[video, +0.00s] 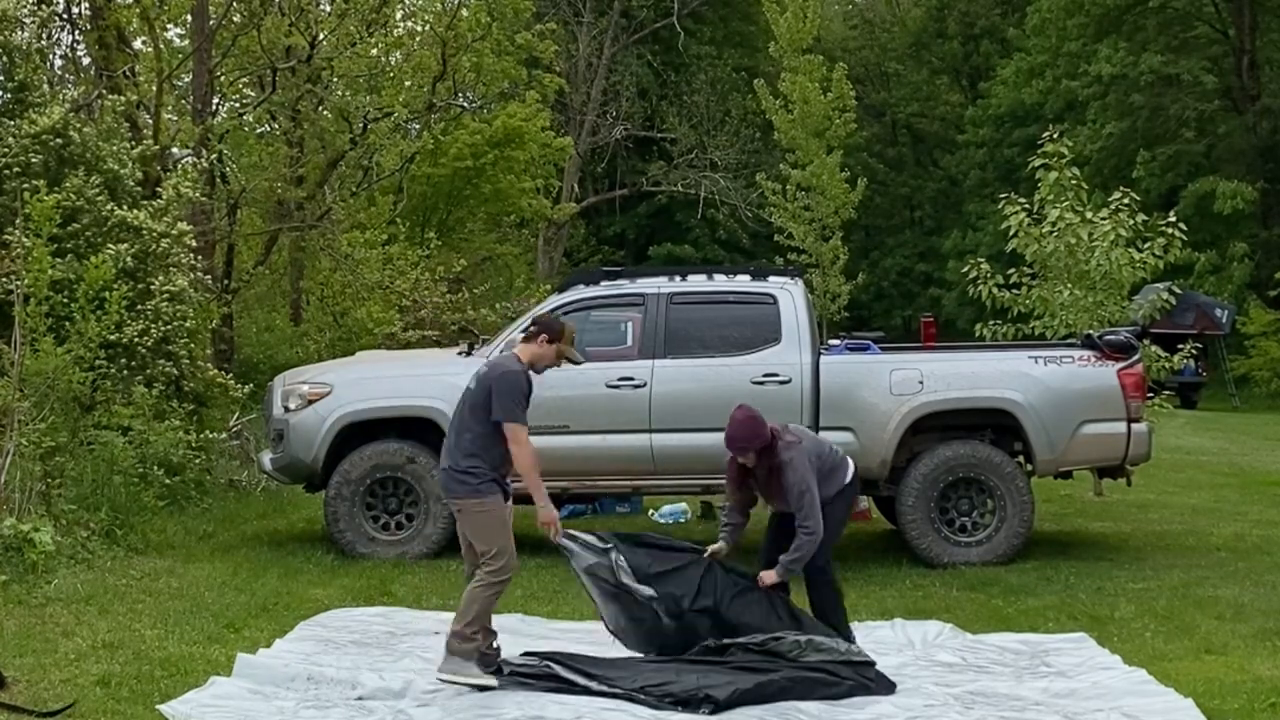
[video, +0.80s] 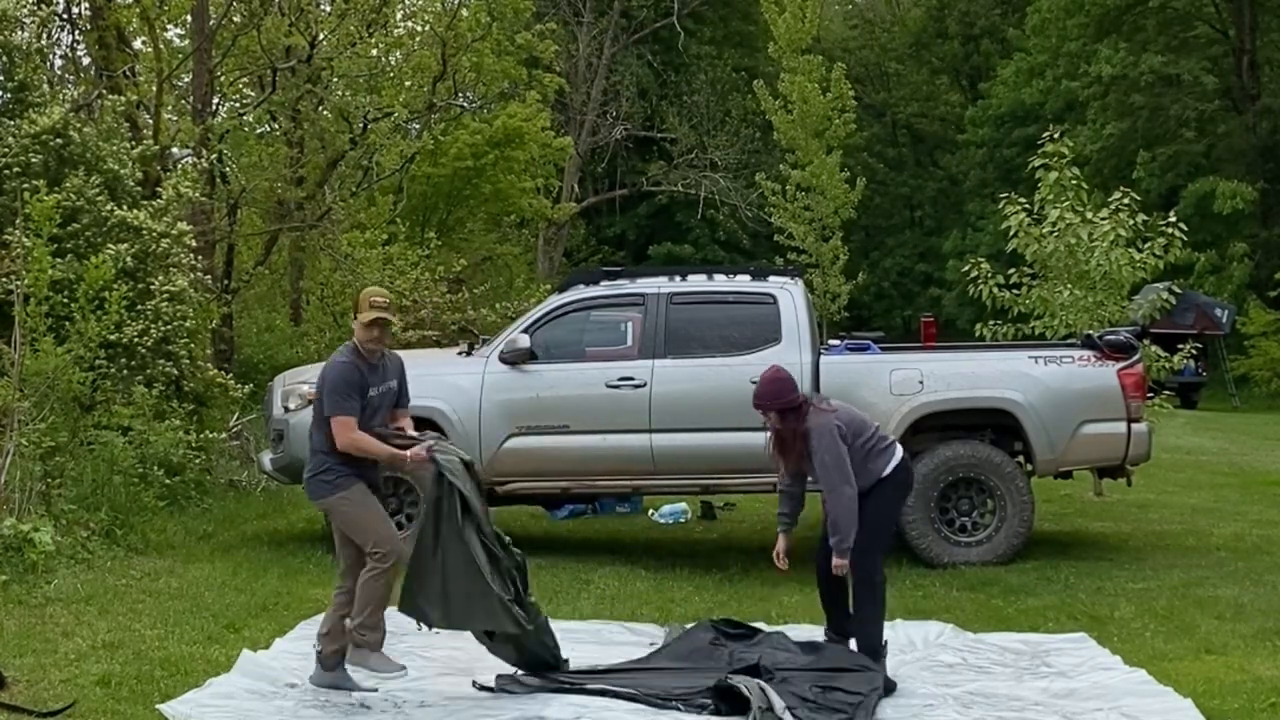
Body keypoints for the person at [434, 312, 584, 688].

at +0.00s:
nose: (556, 363)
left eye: (560, 358)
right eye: (558, 355)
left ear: (539, 340)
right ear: (542, 342)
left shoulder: (504, 368)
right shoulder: (511, 373)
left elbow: (509, 441)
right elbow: (518, 442)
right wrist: (544, 503)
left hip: (469, 481)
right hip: (475, 483)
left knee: (479, 568)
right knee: (499, 564)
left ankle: (482, 654)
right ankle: (459, 657)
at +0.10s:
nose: (582, 424)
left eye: (587, 418)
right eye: (585, 415)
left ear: (568, 397)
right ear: (570, 399)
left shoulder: (530, 414)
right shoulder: (535, 424)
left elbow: (511, 493)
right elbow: (520, 500)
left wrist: (514, 553)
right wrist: (519, 566)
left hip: (459, 488)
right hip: (453, 490)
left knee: (490, 574)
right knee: (488, 577)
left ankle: (483, 664)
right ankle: (471, 674)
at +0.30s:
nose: (593, 508)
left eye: (597, 503)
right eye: (595, 500)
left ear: (579, 484)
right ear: (581, 485)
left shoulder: (551, 506)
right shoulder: (535, 490)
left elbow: (548, 576)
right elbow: (502, 555)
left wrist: (554, 641)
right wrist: (503, 613)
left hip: (466, 515)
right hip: (433, 510)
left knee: (513, 576)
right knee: (482, 583)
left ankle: (490, 668)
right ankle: (465, 682)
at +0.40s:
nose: (585, 436)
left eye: (587, 429)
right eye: (585, 427)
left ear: (565, 417)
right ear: (567, 418)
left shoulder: (539, 453)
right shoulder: (529, 431)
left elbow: (535, 523)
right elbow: (508, 467)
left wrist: (548, 584)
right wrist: (556, 501)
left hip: (461, 506)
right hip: (436, 503)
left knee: (498, 577)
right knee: (480, 584)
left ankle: (490, 668)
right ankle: (466, 681)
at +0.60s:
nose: (509, 345)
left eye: (508, 338)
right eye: (504, 338)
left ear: (477, 337)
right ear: (483, 337)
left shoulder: (450, 368)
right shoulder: (475, 379)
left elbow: (448, 429)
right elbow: (500, 451)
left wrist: (481, 459)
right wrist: (550, 485)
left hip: (409, 484)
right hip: (429, 492)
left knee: (433, 573)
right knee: (464, 586)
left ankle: (370, 633)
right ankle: (466, 683)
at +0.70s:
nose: (441, 343)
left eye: (442, 336)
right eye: (436, 336)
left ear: (413, 336)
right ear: (411, 336)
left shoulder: (399, 371)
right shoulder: (407, 383)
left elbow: (423, 435)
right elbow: (412, 460)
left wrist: (448, 461)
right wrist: (445, 495)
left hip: (381, 495)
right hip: (397, 498)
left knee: (383, 588)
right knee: (438, 582)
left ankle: (330, 664)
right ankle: (468, 675)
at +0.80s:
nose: (377, 332)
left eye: (383, 325)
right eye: (370, 324)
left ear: (391, 327)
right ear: (355, 324)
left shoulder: (393, 363)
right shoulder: (341, 369)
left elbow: (399, 420)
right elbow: (345, 439)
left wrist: (413, 442)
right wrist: (399, 455)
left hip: (362, 476)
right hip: (332, 478)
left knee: (353, 572)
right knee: (387, 547)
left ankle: (328, 663)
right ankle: (364, 645)